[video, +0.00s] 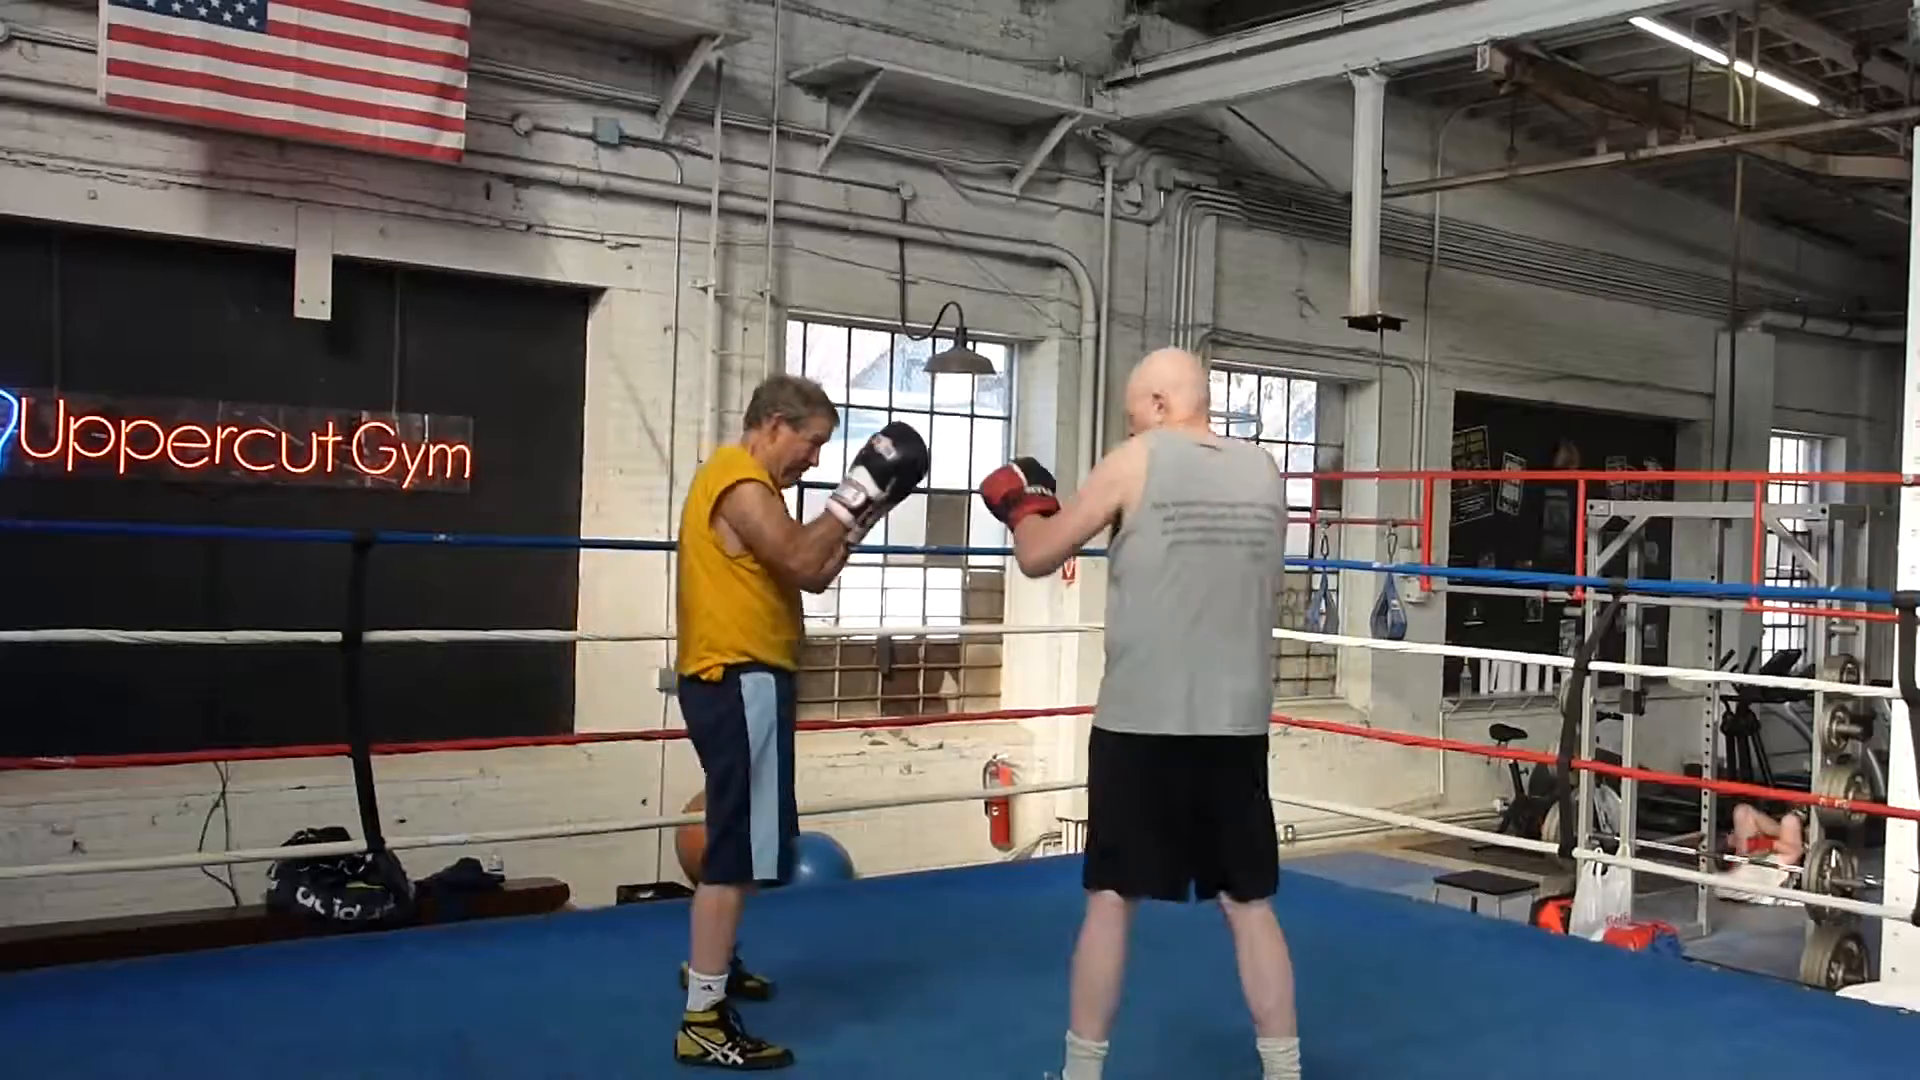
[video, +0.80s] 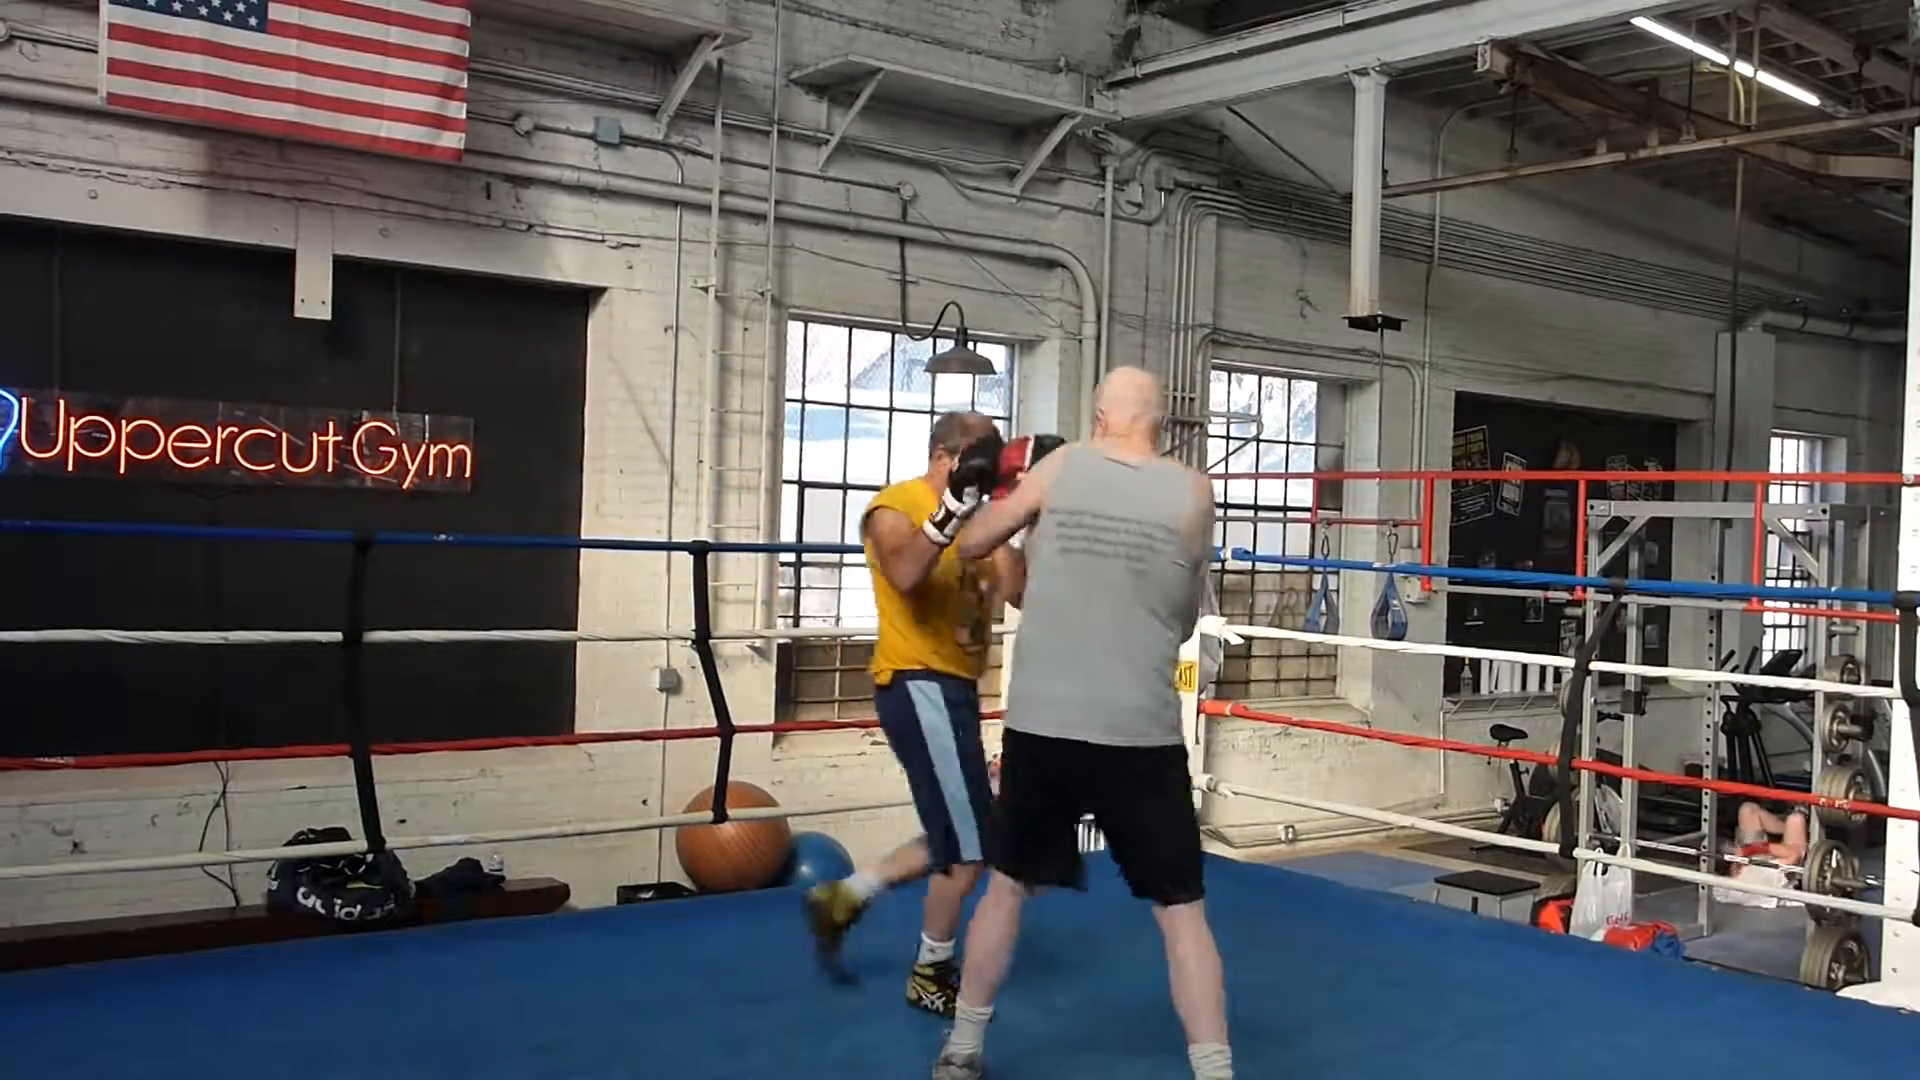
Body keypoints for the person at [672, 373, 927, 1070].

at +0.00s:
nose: (816, 458)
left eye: (821, 447)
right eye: (814, 441)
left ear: (777, 430)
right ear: (778, 425)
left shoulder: (751, 484)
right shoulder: (737, 474)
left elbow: (815, 573)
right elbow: (798, 556)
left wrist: (862, 513)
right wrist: (857, 490)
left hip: (748, 677)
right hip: (736, 679)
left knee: (741, 838)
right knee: (736, 847)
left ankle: (712, 964)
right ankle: (701, 1024)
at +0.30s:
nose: (846, 468)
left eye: (849, 459)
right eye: (842, 456)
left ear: (819, 452)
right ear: (811, 443)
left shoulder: (811, 508)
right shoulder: (765, 489)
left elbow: (876, 569)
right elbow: (821, 556)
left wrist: (898, 497)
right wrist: (848, 480)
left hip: (802, 675)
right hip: (776, 675)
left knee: (775, 838)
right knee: (836, 844)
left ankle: (721, 972)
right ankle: (755, 980)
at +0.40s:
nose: (866, 460)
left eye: (869, 451)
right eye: (860, 448)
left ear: (833, 445)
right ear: (827, 440)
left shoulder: (835, 508)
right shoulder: (780, 488)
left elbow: (896, 567)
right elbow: (823, 558)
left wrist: (923, 501)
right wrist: (861, 483)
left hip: (820, 676)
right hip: (795, 676)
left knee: (769, 832)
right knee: (872, 831)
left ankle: (720, 972)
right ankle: (817, 973)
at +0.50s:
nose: (895, 467)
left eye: (900, 458)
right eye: (888, 454)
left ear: (869, 454)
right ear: (848, 446)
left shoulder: (867, 512)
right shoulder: (800, 498)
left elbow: (919, 576)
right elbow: (821, 579)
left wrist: (950, 519)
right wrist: (865, 509)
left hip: (839, 680)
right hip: (820, 681)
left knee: (776, 831)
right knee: (901, 832)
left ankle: (721, 971)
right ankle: (888, 973)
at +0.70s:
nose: (954, 486)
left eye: (959, 477)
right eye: (949, 472)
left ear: (929, 469)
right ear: (912, 459)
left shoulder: (932, 526)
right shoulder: (872, 506)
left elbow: (989, 591)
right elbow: (886, 570)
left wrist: (1000, 520)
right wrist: (947, 523)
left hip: (909, 686)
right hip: (885, 687)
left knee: (865, 839)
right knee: (955, 843)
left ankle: (755, 936)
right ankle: (929, 973)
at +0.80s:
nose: (984, 470)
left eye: (990, 461)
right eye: (975, 459)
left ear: (979, 466)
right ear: (942, 457)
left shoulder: (974, 517)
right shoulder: (895, 506)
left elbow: (1014, 592)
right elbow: (905, 574)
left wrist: (1004, 512)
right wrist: (954, 509)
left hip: (955, 684)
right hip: (915, 682)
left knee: (960, 836)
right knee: (966, 842)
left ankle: (843, 898)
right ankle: (932, 973)